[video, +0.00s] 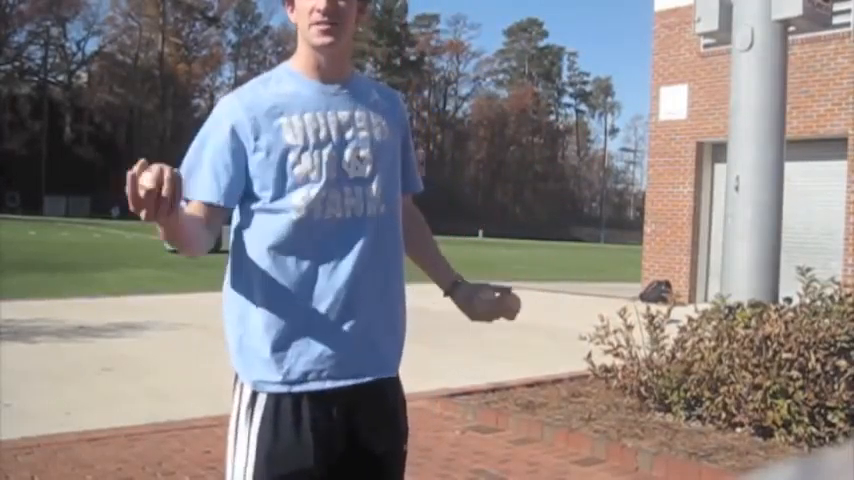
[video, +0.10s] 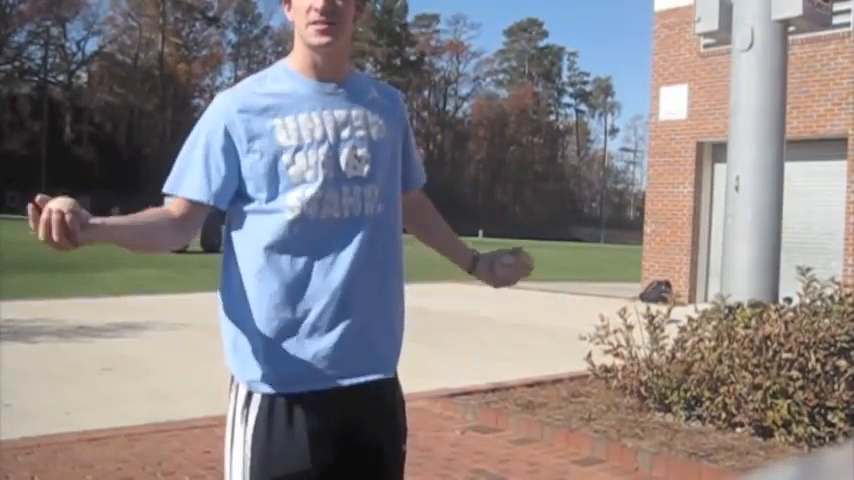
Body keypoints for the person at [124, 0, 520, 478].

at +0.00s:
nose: (327, 6)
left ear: (362, 11)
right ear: (292, 10)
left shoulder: (388, 107)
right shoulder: (244, 111)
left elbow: (401, 209)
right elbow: (198, 237)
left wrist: (458, 288)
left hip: (375, 375)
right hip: (282, 381)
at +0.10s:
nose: (322, 7)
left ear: (358, 10)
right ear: (287, 10)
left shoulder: (386, 104)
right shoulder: (240, 108)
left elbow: (412, 202)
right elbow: (177, 221)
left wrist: (475, 261)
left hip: (372, 373)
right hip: (277, 381)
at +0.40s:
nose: (325, 8)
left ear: (352, 13)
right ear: (279, 8)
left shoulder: (379, 98)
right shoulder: (223, 107)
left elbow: (414, 192)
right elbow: (157, 214)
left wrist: (498, 233)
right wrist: (66, 242)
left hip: (369, 379)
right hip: (271, 387)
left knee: (376, 475)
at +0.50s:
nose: (339, 3)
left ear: (358, 10)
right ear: (280, 8)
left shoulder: (376, 99)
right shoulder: (223, 107)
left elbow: (406, 198)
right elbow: (170, 211)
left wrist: (481, 239)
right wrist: (123, 249)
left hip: (368, 379)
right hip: (271, 386)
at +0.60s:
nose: (346, 4)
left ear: (357, 10)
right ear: (284, 7)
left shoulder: (374, 100)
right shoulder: (221, 108)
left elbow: (397, 204)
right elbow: (176, 223)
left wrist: (440, 241)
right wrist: (183, 258)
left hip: (365, 373)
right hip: (267, 380)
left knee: (375, 469)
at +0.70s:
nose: (344, 5)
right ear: (282, 7)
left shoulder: (372, 99)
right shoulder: (222, 107)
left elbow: (401, 207)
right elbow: (181, 228)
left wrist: (404, 240)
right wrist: (238, 257)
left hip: (364, 377)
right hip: (267, 383)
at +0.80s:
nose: (322, 5)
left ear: (347, 14)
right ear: (275, 9)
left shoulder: (374, 102)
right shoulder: (221, 107)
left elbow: (398, 211)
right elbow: (185, 231)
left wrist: (388, 243)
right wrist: (279, 249)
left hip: (362, 375)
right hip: (265, 382)